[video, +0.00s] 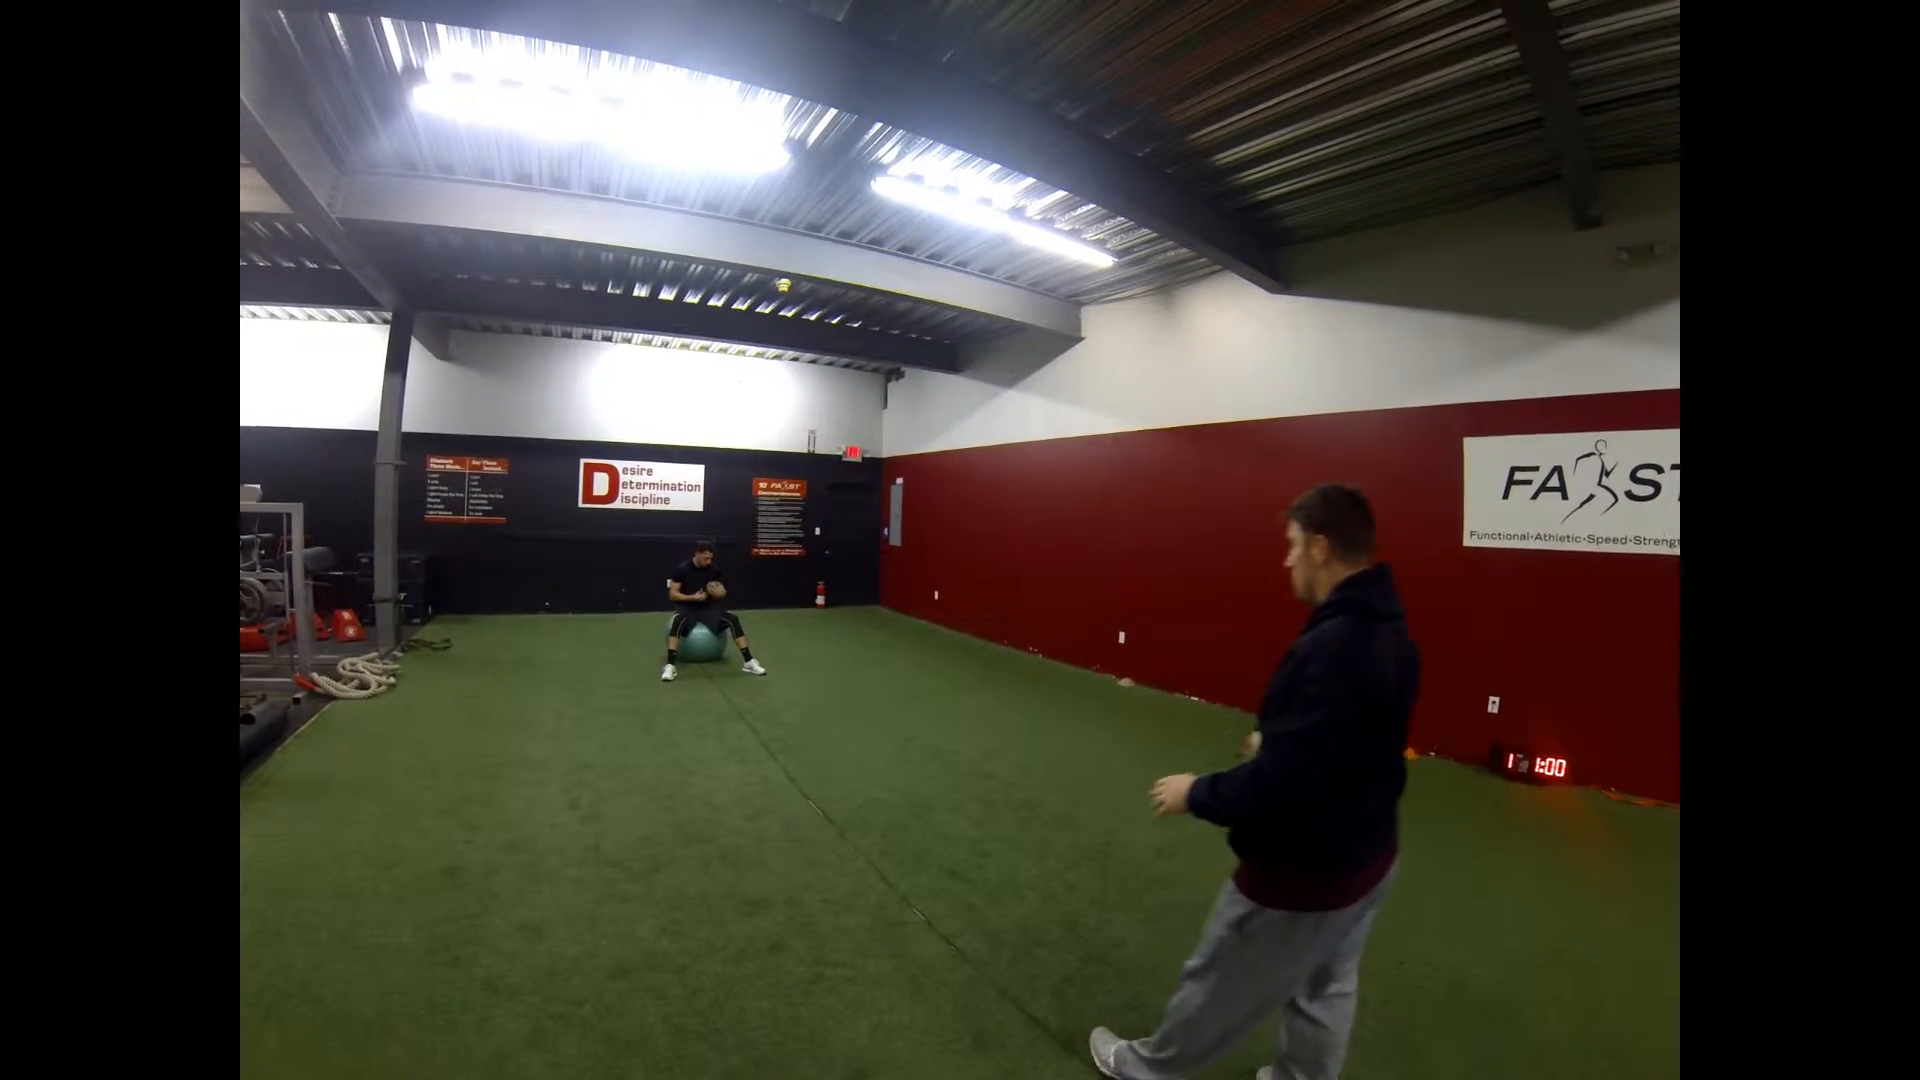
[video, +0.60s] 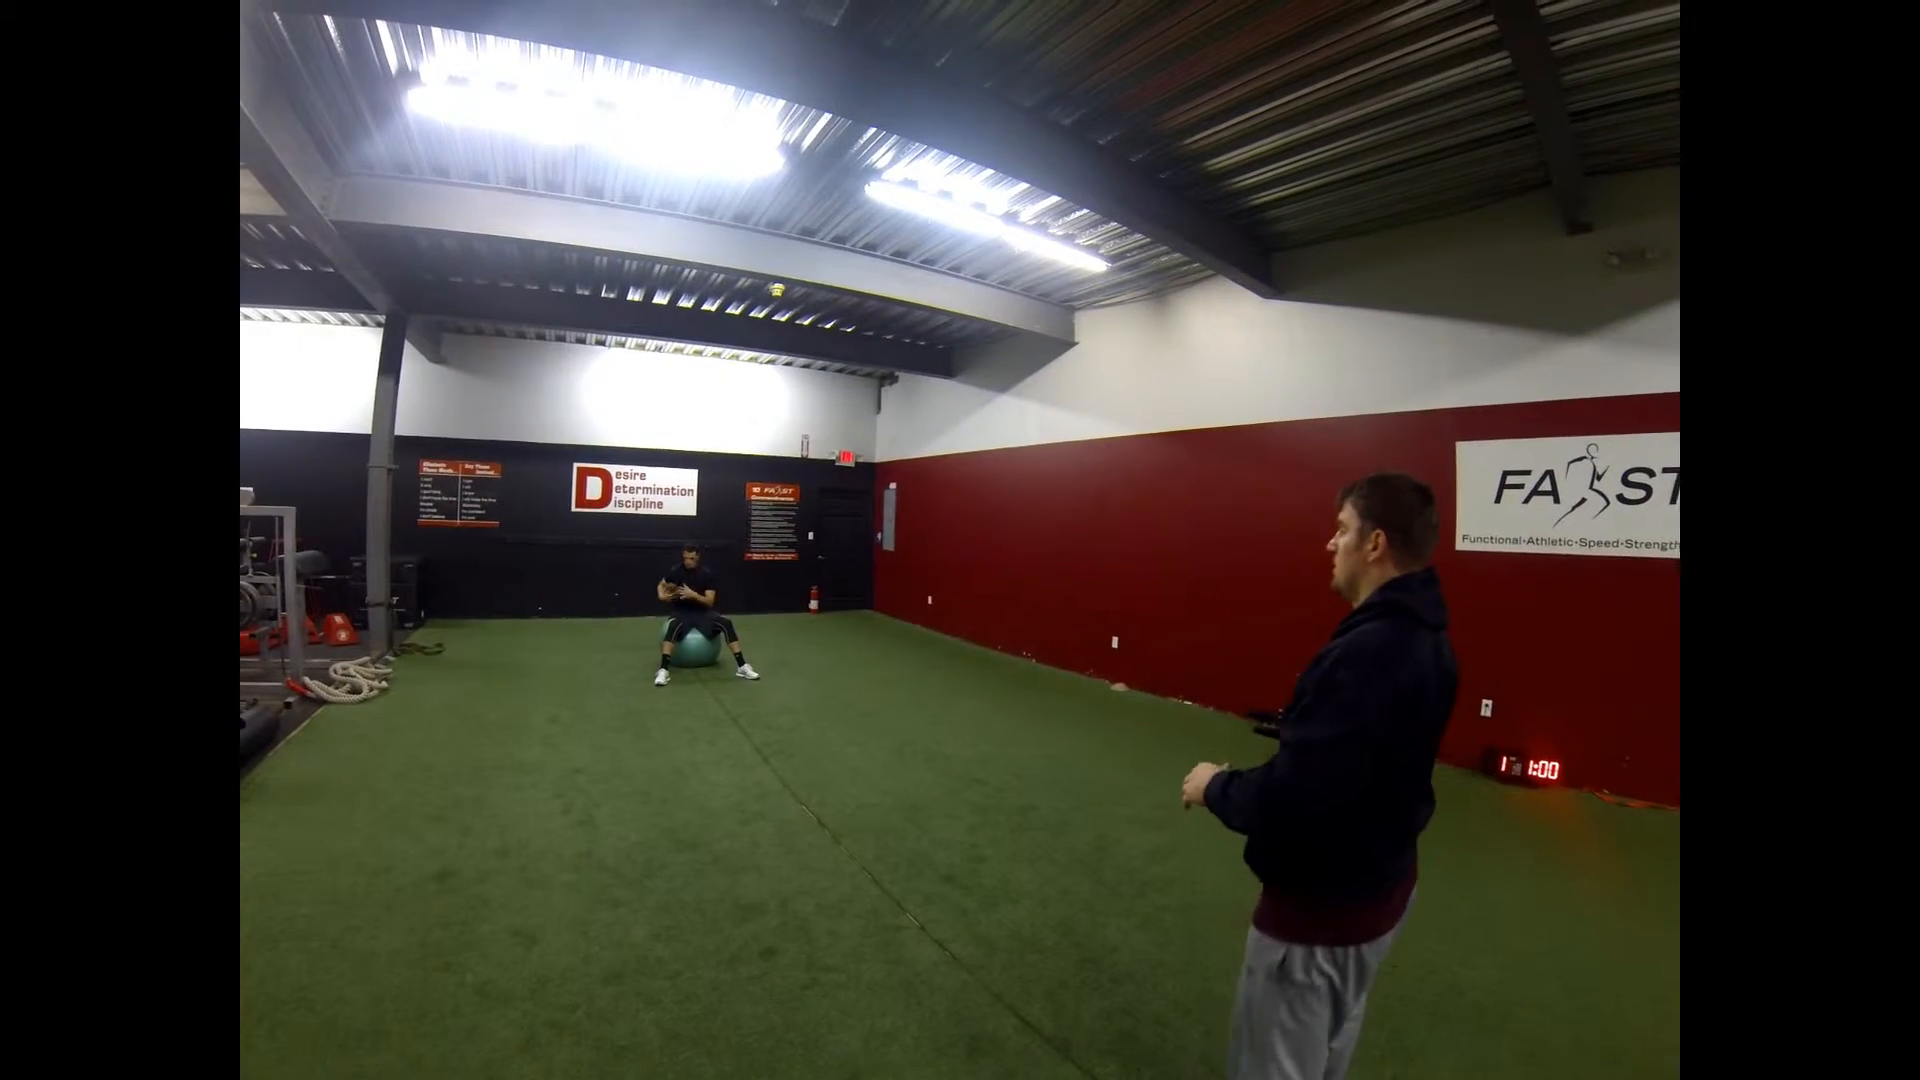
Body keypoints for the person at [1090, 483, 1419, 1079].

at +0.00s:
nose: (1287, 563)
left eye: (1292, 547)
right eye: (1288, 547)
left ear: (1320, 548)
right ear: (1340, 547)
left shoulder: (1334, 644)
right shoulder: (1386, 628)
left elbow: (1286, 776)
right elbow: (1360, 740)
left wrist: (1197, 792)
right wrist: (1278, 744)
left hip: (1297, 874)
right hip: (1362, 859)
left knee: (1220, 983)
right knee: (1325, 990)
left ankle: (1151, 1063)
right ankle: (1304, 1074)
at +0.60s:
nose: (1331, 546)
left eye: (1342, 531)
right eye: (1335, 530)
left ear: (1376, 544)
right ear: (1389, 545)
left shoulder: (1366, 652)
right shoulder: (1423, 636)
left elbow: (1293, 794)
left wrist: (1218, 787)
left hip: (1314, 913)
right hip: (1373, 898)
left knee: (1272, 1066)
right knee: (1324, 1062)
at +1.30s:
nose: (1299, 542)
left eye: (1310, 525)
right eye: (1304, 525)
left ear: (1347, 544)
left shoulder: (1332, 674)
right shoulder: (1414, 644)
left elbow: (1217, 842)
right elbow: (1359, 770)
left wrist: (1174, 770)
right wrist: (1255, 749)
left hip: (1303, 961)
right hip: (1376, 930)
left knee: (1263, 1069)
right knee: (1315, 1065)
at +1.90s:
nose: (1322, 603)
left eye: (1320, 586)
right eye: (1318, 587)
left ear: (1341, 582)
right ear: (1402, 574)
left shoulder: (1330, 699)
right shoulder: (1463, 670)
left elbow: (1261, 844)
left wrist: (1245, 828)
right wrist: (1275, 813)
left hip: (1357, 989)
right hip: (1467, 965)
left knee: (1257, 1071)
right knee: (1408, 1071)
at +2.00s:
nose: (1342, 591)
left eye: (1342, 576)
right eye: (1341, 578)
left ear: (1360, 576)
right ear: (1424, 570)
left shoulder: (1343, 690)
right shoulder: (1490, 669)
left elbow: (1276, 823)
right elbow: (1482, 794)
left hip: (1359, 978)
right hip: (1471, 962)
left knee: (1267, 1070)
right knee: (1412, 1072)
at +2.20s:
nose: (1411, 572)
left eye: (1412, 559)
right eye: (1411, 559)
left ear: (1426, 560)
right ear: (1493, 556)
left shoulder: (1381, 668)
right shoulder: (1548, 671)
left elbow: (1309, 788)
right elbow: (1531, 795)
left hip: (1369, 949)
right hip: (1481, 950)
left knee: (1279, 1071)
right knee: (1418, 1074)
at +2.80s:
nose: (1436, 582)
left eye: (1443, 567)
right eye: (1439, 566)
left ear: (1473, 573)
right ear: (1524, 583)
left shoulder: (1385, 659)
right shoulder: (1556, 712)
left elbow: (1343, 736)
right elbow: (1559, 822)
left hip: (1319, 914)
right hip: (1431, 935)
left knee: (1210, 1056)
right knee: (1402, 1074)